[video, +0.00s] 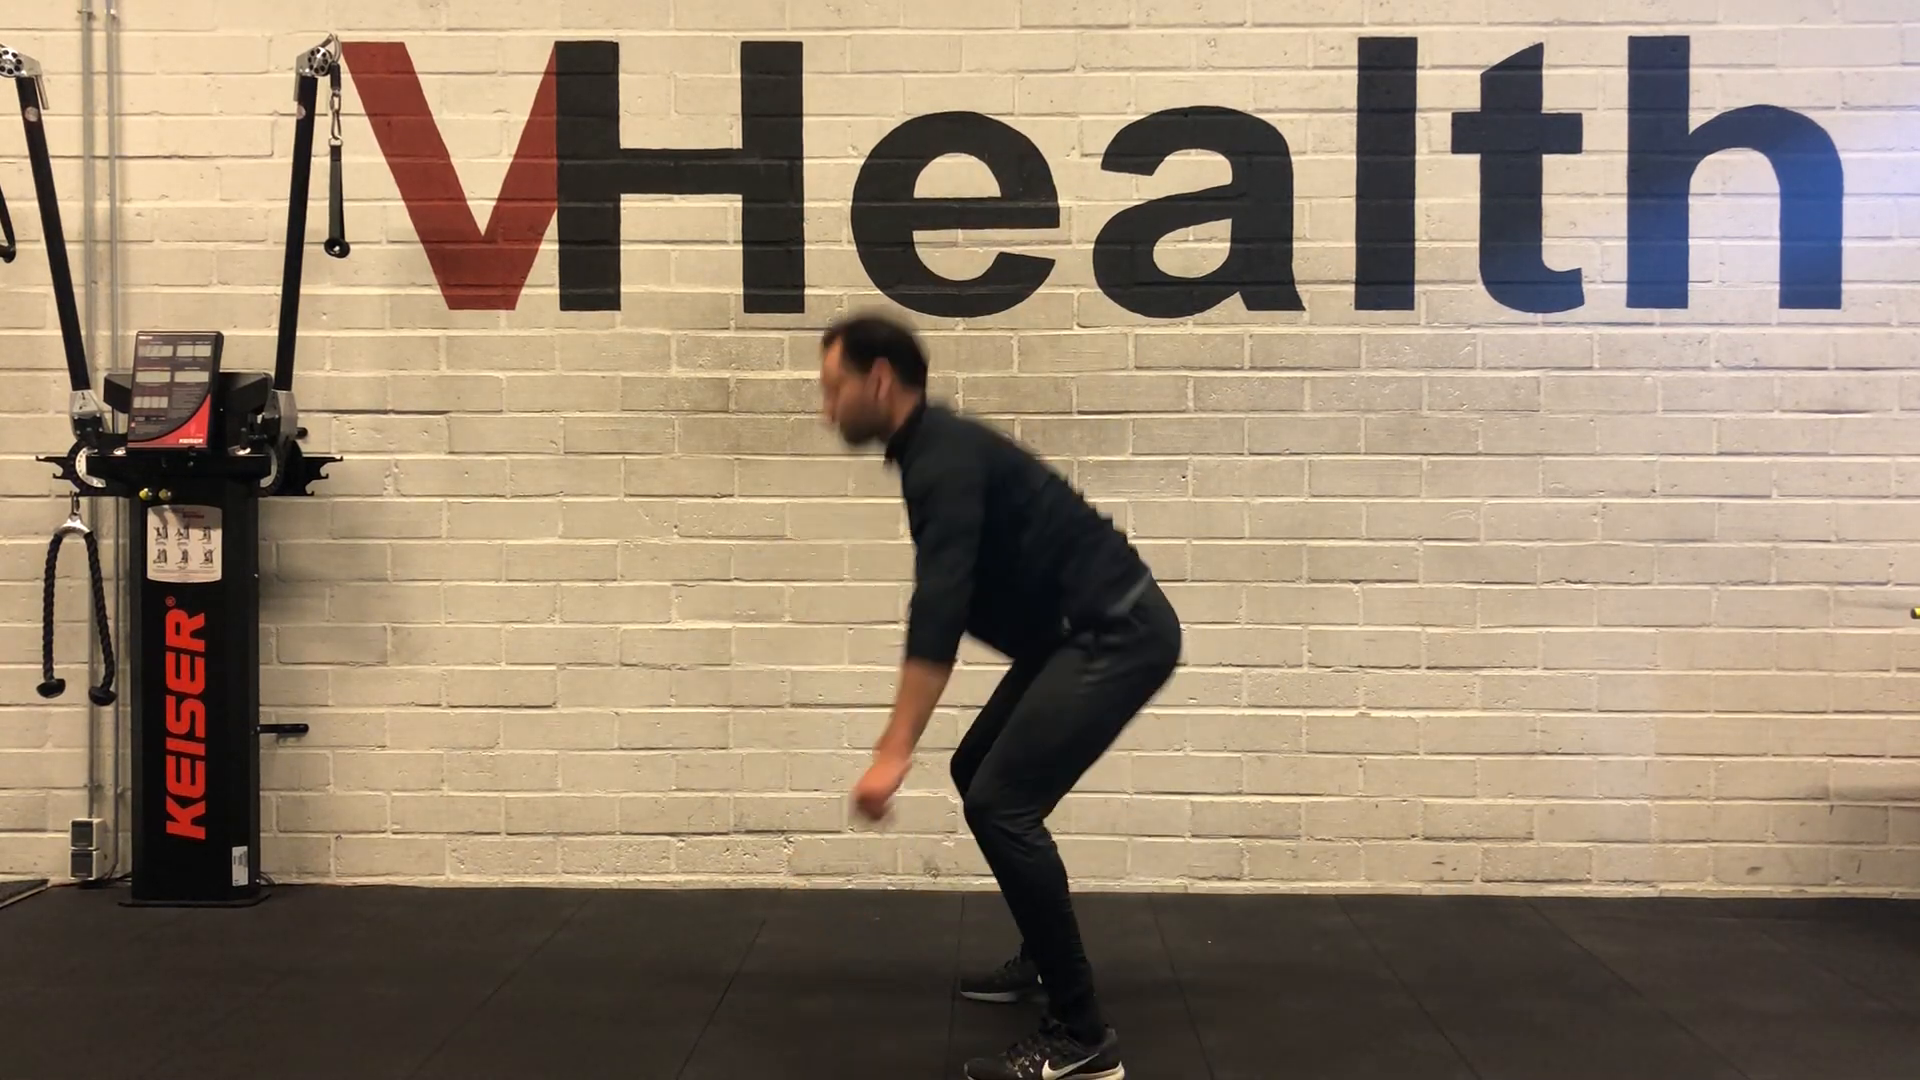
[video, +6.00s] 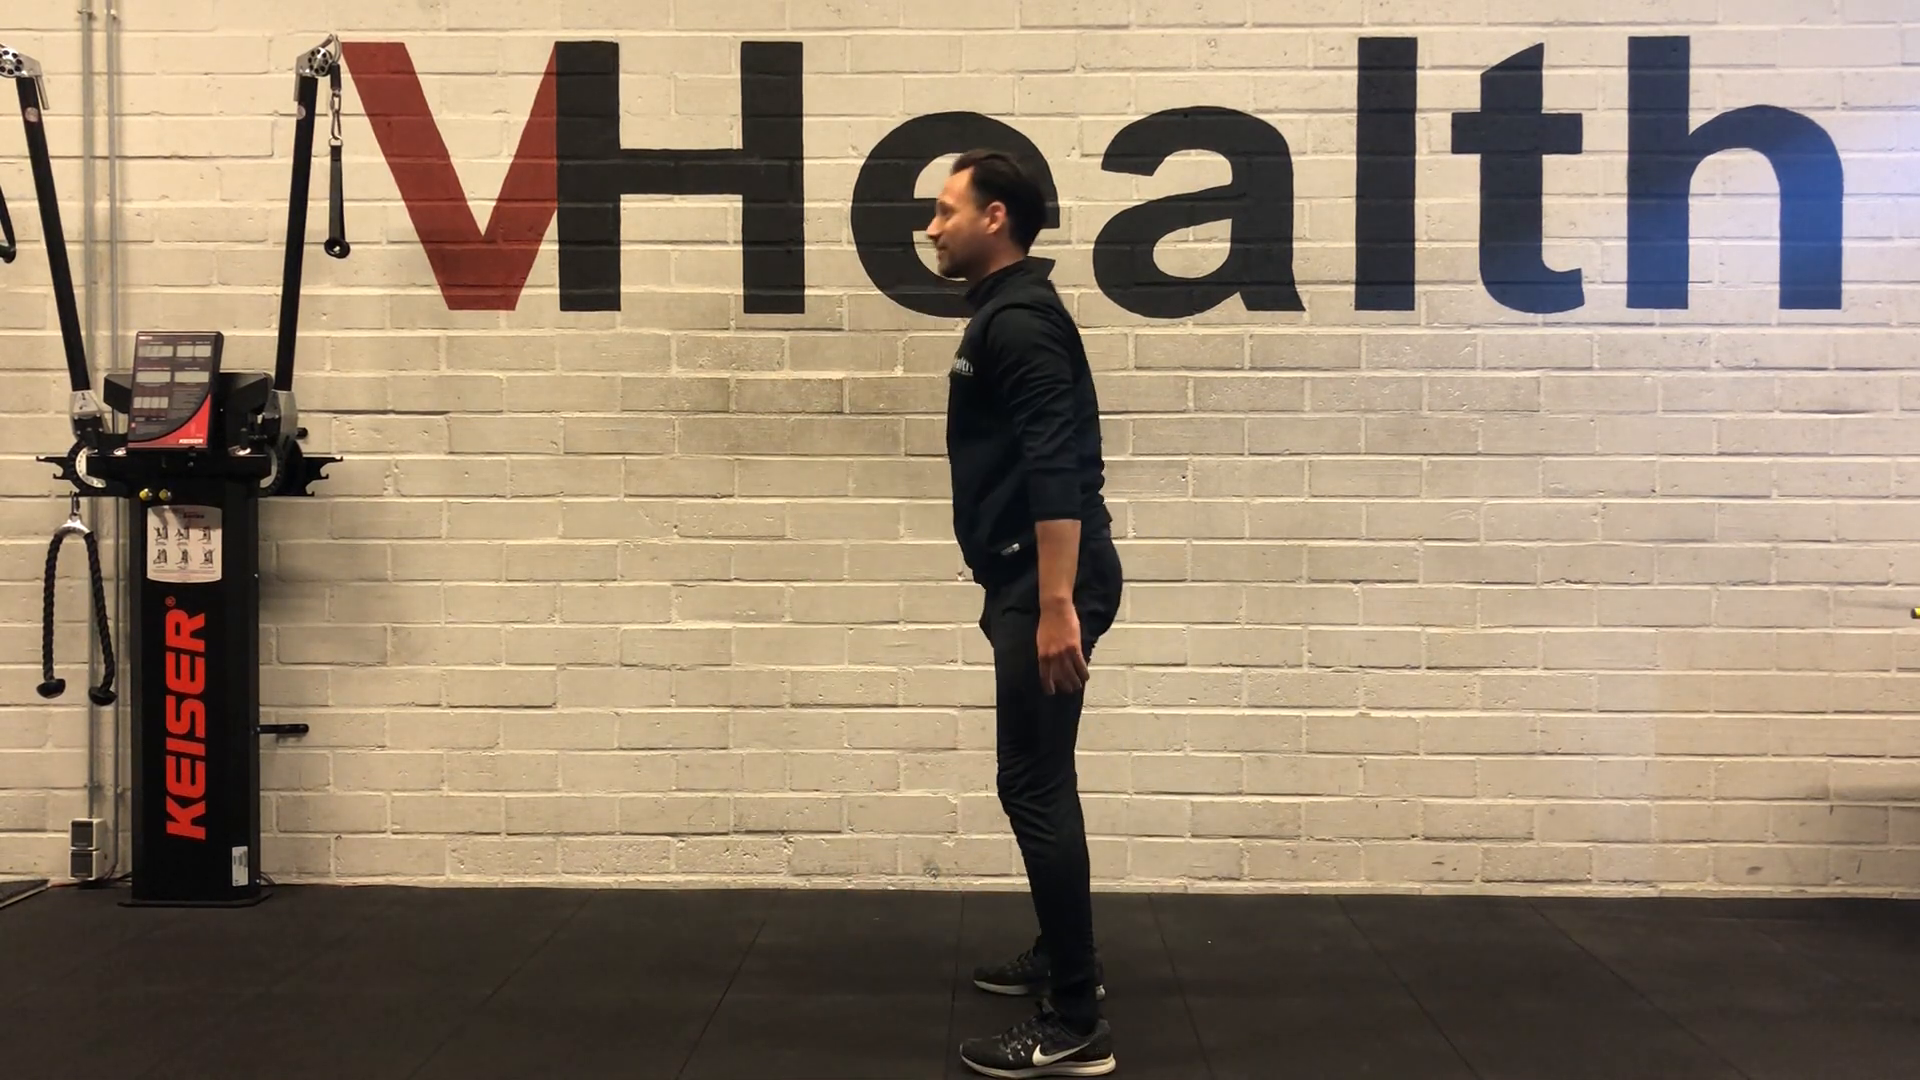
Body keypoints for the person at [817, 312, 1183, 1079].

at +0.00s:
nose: (825, 401)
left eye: (833, 383)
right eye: (824, 384)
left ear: (882, 379)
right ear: (885, 382)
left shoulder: (946, 457)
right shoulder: (930, 451)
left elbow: (938, 616)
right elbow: (939, 613)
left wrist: (894, 753)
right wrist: (896, 741)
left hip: (1118, 634)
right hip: (1071, 635)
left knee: (1003, 805)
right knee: (974, 773)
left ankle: (1081, 1033)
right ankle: (1046, 959)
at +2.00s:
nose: (742, 748)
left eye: (746, 730)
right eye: (738, 732)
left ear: (795, 718)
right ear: (804, 709)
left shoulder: (883, 778)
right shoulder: (875, 753)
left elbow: (916, 925)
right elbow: (920, 891)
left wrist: (869, 1058)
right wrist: (887, 975)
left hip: (1061, 939)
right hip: (1062, 904)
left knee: (1267, 1044)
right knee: (1226, 965)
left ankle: (1496, 1011)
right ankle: (1415, 911)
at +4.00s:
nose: (798, 562)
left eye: (798, 543)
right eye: (790, 549)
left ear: (835, 514)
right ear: (841, 514)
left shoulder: (922, 574)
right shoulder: (910, 558)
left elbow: (918, 733)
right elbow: (915, 726)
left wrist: (889, 873)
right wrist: (889, 863)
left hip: (1140, 667)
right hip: (1091, 661)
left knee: (1003, 812)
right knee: (974, 769)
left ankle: (1088, 1034)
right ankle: (1045, 950)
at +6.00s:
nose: (930, 225)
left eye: (944, 209)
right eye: (933, 209)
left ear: (997, 220)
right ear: (993, 222)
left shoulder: (1021, 319)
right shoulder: (1004, 313)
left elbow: (1058, 465)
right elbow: (1040, 462)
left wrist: (1056, 602)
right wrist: (1027, 594)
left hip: (1043, 592)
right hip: (1029, 586)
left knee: (1036, 790)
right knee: (1036, 783)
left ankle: (1076, 1018)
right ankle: (1063, 958)